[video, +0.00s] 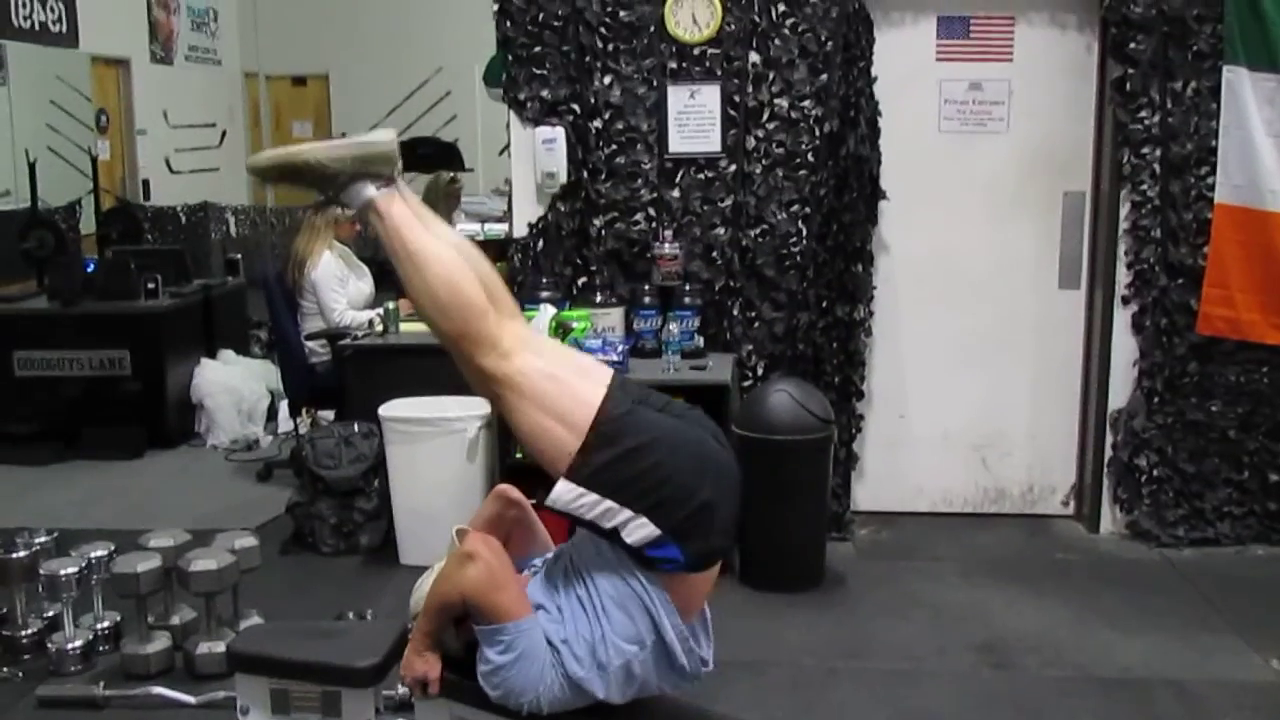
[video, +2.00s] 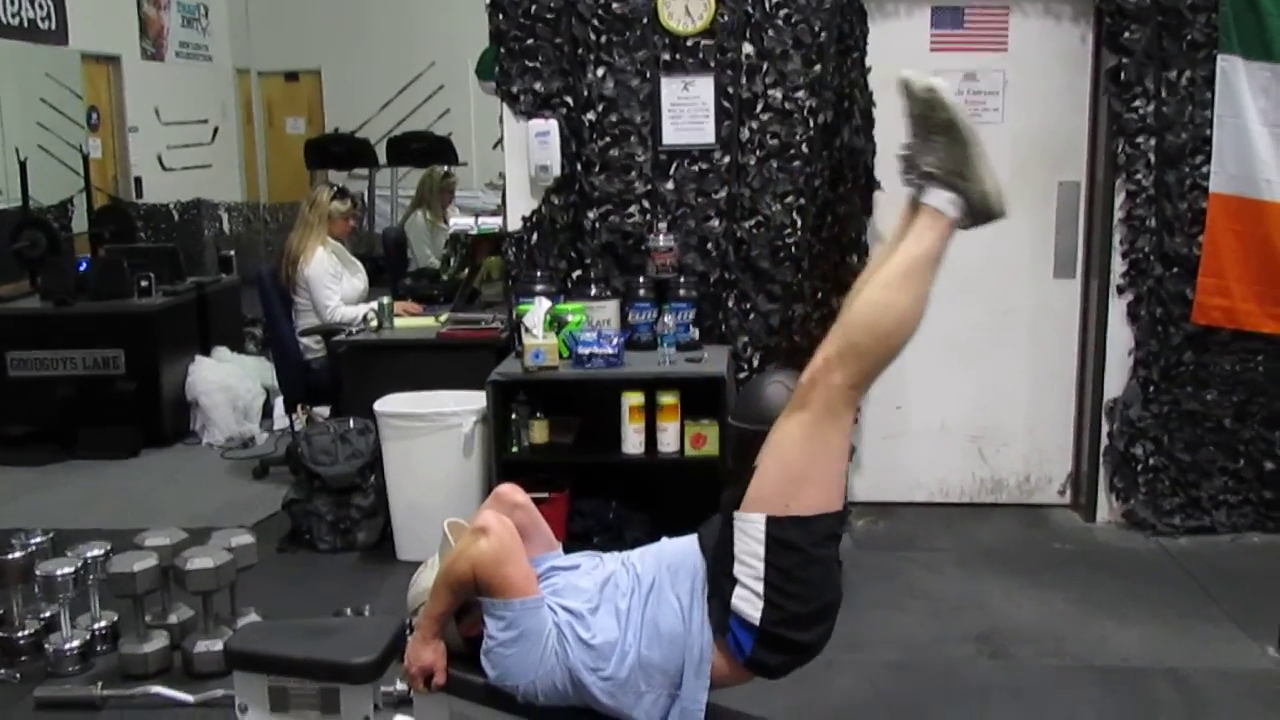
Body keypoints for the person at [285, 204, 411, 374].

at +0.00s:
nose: (359, 228)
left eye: (358, 222)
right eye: (352, 222)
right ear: (334, 223)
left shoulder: (337, 253)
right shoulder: (324, 260)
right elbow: (338, 319)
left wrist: (388, 311)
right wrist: (388, 313)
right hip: (331, 358)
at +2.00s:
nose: (352, 225)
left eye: (353, 219)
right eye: (347, 219)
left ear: (331, 219)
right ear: (328, 218)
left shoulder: (328, 250)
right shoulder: (317, 256)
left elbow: (340, 307)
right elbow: (332, 315)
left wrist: (386, 307)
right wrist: (385, 308)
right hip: (324, 357)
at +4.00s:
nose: (344, 160)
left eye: (345, 153)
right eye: (338, 154)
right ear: (318, 154)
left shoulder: (323, 186)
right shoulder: (310, 192)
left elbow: (335, 243)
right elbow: (325, 251)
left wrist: (379, 243)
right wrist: (378, 245)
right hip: (318, 292)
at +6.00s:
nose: (345, 159)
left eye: (345, 153)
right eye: (339, 154)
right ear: (319, 155)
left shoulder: (323, 186)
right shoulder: (312, 192)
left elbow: (334, 244)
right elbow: (324, 251)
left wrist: (381, 242)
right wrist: (382, 245)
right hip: (319, 293)